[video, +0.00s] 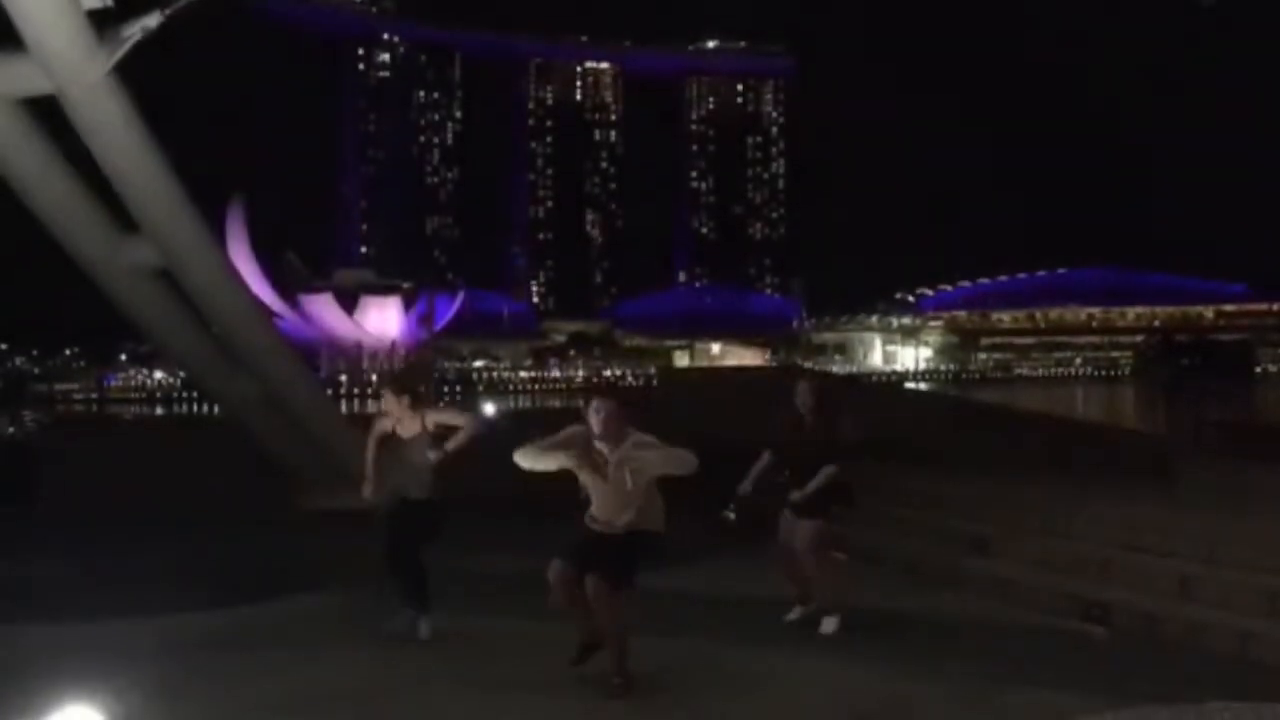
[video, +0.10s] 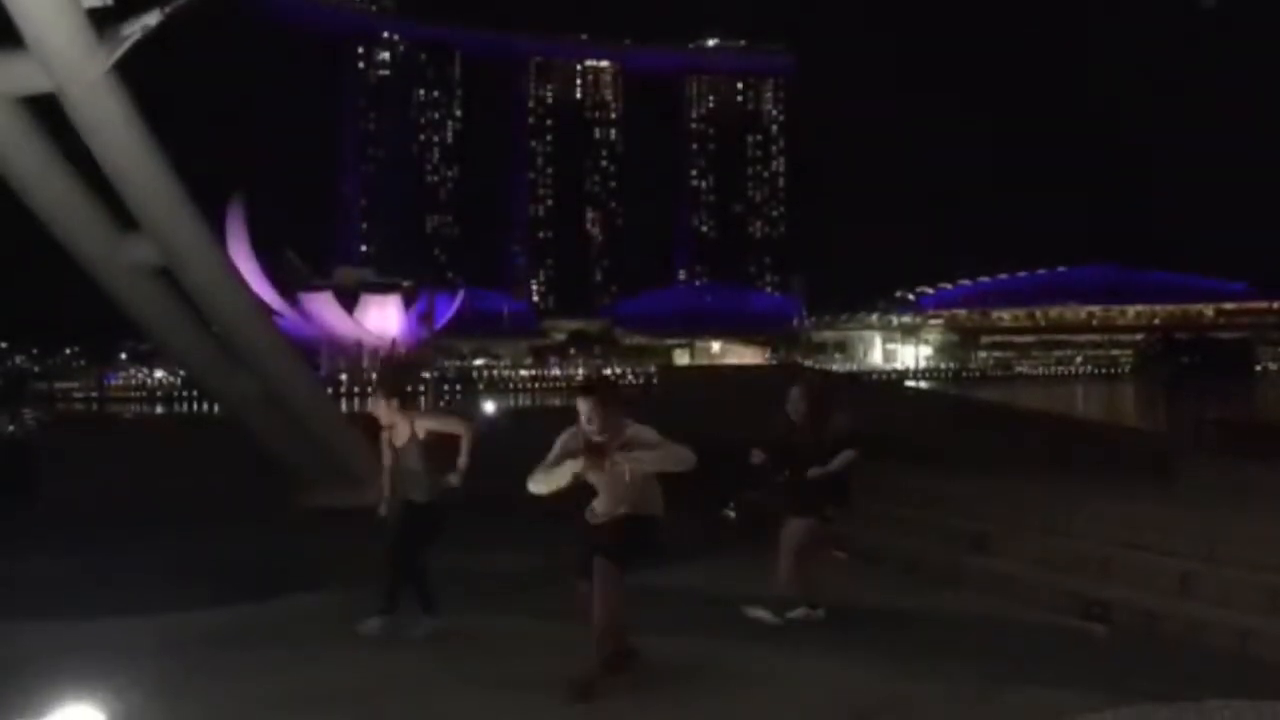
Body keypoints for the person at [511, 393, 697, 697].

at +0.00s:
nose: (601, 419)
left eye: (608, 412)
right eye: (596, 412)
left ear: (621, 416)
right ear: (588, 416)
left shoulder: (638, 445)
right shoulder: (579, 440)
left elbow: (689, 462)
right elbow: (521, 457)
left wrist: (640, 464)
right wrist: (568, 459)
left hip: (636, 530)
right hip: (597, 527)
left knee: (600, 585)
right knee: (560, 573)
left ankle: (620, 669)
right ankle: (590, 633)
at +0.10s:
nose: (587, 423)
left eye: (593, 416)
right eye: (582, 416)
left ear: (611, 412)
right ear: (578, 414)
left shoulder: (635, 435)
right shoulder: (573, 440)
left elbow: (685, 458)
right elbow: (536, 484)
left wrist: (630, 461)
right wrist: (574, 466)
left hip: (640, 516)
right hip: (599, 519)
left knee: (605, 558)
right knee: (589, 574)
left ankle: (602, 661)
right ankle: (618, 646)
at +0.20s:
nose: (584, 431)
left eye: (589, 421)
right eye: (577, 423)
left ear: (606, 419)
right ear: (570, 424)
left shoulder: (626, 441)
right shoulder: (568, 450)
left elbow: (685, 458)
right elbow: (538, 501)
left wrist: (633, 464)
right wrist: (575, 475)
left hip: (643, 515)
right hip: (605, 519)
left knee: (615, 561)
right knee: (607, 581)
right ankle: (628, 648)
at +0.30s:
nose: (579, 434)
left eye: (584, 427)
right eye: (574, 428)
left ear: (602, 423)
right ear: (571, 426)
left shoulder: (627, 443)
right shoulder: (569, 452)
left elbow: (687, 455)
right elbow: (536, 499)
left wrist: (638, 465)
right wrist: (577, 476)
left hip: (646, 512)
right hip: (609, 519)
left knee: (612, 544)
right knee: (607, 577)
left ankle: (591, 633)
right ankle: (628, 645)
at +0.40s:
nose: (581, 423)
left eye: (587, 416)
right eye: (578, 416)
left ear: (606, 412)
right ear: (575, 414)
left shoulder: (632, 434)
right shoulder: (572, 440)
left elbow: (692, 441)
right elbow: (526, 473)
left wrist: (644, 455)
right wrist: (576, 466)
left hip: (648, 507)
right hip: (611, 517)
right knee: (617, 580)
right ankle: (624, 643)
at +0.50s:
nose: (597, 394)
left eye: (604, 386)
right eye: (592, 387)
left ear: (618, 390)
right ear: (585, 392)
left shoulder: (641, 419)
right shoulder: (579, 421)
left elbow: (700, 426)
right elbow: (523, 446)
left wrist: (651, 440)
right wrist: (574, 448)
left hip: (642, 509)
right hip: (602, 516)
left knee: (631, 564)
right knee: (603, 584)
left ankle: (630, 651)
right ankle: (620, 642)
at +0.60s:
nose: (623, 388)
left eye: (630, 380)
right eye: (616, 380)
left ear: (638, 384)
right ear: (602, 384)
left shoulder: (651, 414)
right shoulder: (589, 416)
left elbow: (708, 424)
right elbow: (528, 440)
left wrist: (657, 437)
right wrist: (567, 452)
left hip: (644, 518)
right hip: (600, 520)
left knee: (638, 584)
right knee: (599, 583)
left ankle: (625, 655)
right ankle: (601, 640)